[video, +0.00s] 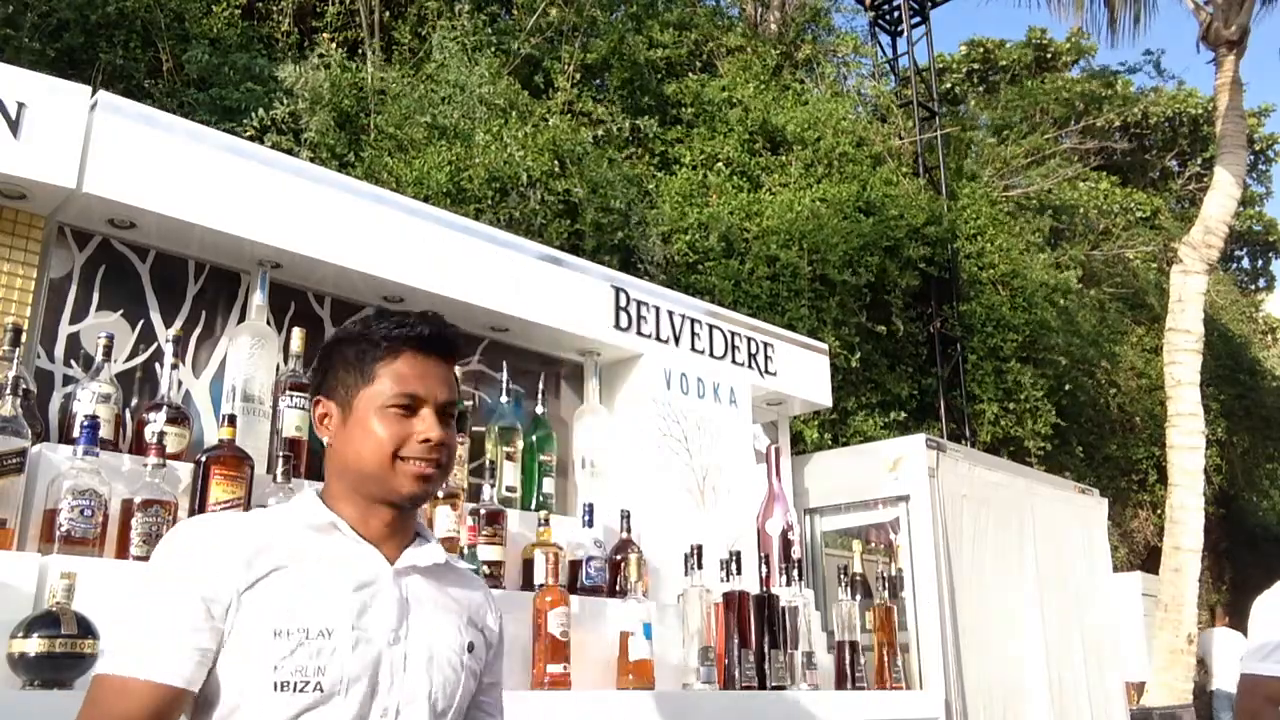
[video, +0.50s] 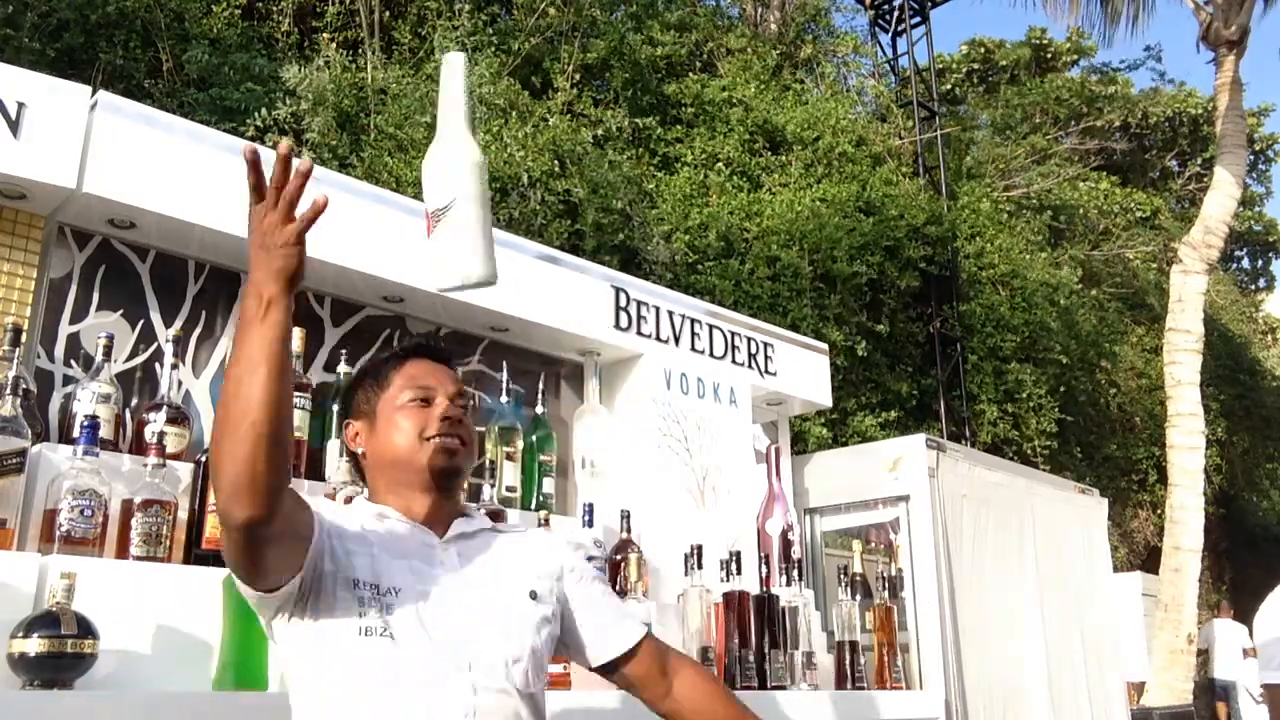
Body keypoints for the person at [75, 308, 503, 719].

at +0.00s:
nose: (436, 434)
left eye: (448, 415)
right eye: (405, 409)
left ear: (458, 429)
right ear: (328, 421)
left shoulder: (474, 602)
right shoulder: (211, 553)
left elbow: (483, 712)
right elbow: (117, 710)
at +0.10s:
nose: (442, 427)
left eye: (442, 410)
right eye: (414, 405)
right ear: (331, 419)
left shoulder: (463, 586)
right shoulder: (222, 550)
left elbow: (530, 709)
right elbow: (143, 705)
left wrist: (680, 711)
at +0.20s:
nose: (426, 404)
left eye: (423, 389)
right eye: (394, 385)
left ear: (427, 413)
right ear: (312, 409)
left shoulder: (465, 561)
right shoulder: (232, 535)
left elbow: (588, 663)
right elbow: (142, 694)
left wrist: (737, 641)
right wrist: (295, 673)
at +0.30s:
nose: (412, 393)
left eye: (417, 383)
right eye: (381, 378)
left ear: (426, 417)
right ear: (308, 413)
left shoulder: (483, 550)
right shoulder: (257, 542)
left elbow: (617, 618)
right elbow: (142, 673)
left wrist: (780, 614)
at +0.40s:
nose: (420, 397)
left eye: (428, 389)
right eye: (387, 382)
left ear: (440, 426)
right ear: (322, 424)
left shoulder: (508, 547)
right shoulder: (280, 533)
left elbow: (643, 623)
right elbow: (170, 589)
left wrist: (803, 655)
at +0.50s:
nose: (451, 412)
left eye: (462, 405)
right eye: (420, 399)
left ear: (476, 439)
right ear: (357, 434)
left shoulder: (539, 560)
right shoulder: (314, 544)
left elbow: (667, 679)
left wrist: (755, 719)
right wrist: (266, 290)